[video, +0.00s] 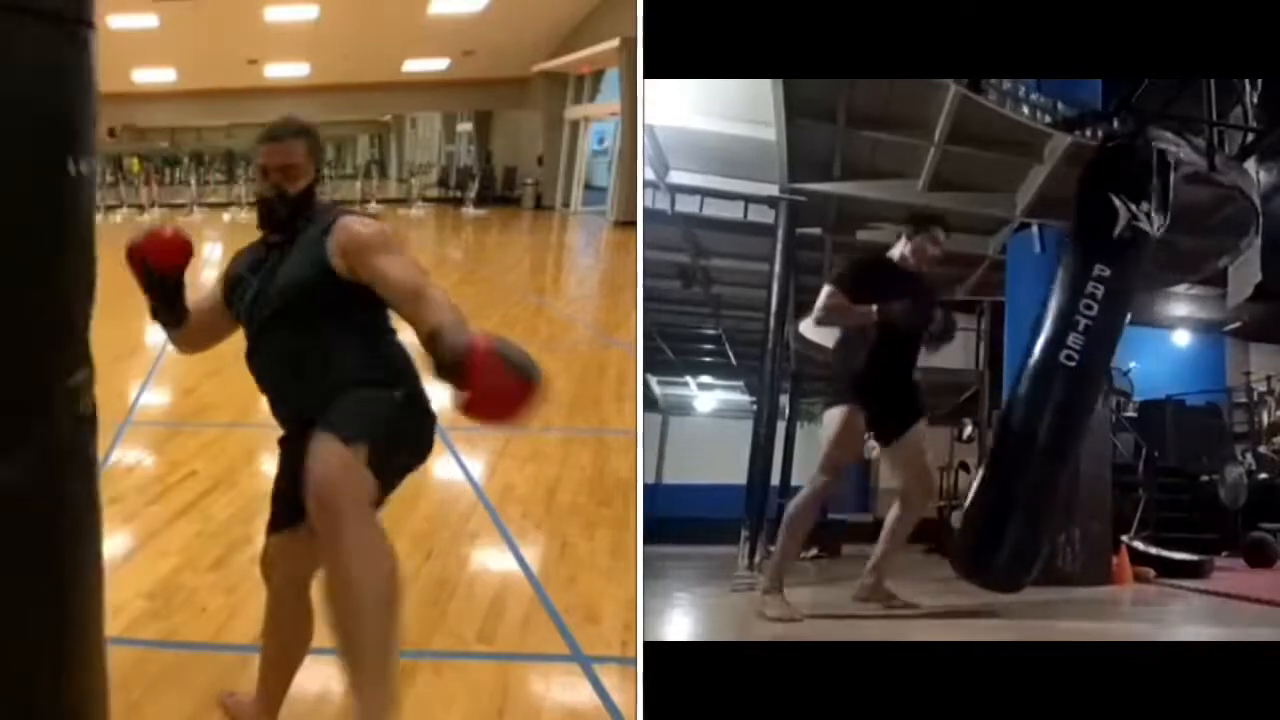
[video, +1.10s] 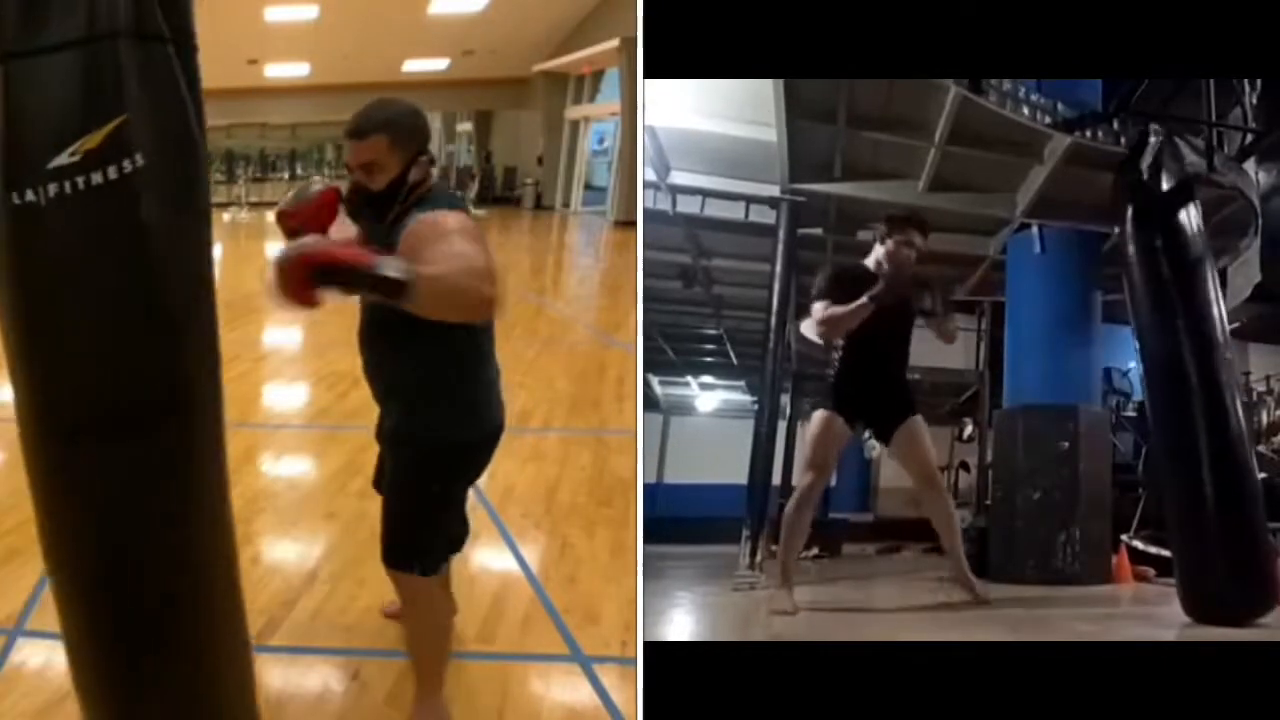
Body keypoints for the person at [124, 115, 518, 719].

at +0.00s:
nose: (274, 188)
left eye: (289, 175)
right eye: (264, 175)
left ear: (316, 175)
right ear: (254, 178)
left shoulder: (351, 237)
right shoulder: (247, 268)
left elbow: (421, 301)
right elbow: (192, 335)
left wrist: (462, 354)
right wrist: (164, 289)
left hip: (379, 400)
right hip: (308, 429)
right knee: (283, 564)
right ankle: (266, 705)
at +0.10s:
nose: (306, 170)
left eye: (323, 157)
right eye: (297, 156)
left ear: (354, 157)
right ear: (287, 155)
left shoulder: (391, 233)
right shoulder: (269, 245)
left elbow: (449, 324)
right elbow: (227, 328)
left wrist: (401, 302)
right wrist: (189, 316)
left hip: (386, 438)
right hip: (305, 440)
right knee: (290, 570)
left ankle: (464, 710)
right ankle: (267, 706)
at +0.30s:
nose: (361, 184)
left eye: (378, 171)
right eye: (353, 170)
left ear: (418, 169)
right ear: (345, 165)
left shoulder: (464, 253)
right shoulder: (348, 241)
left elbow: (468, 372)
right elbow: (302, 323)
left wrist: (401, 294)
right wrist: (271, 311)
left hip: (434, 459)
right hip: (346, 450)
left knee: (454, 580)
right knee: (305, 561)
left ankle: (470, 699)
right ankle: (283, 695)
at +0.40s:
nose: (380, 183)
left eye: (396, 169)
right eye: (372, 168)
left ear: (441, 163)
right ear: (365, 163)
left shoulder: (497, 249)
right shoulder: (375, 229)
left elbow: (506, 375)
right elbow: (331, 321)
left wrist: (418, 335)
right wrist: (304, 306)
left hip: (456, 449)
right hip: (369, 434)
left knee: (463, 579)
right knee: (324, 538)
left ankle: (471, 697)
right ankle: (305, 661)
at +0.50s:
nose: (396, 181)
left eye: (413, 167)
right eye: (388, 166)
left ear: (460, 161)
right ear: (380, 161)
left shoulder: (515, 247)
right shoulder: (388, 229)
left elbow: (531, 372)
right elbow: (360, 323)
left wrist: (442, 343)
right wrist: (323, 298)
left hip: (471, 445)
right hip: (385, 426)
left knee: (471, 579)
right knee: (342, 504)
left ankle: (472, 695)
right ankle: (351, 619)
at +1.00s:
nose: (373, 182)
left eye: (388, 170)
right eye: (368, 169)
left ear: (430, 163)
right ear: (364, 161)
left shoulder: (480, 231)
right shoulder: (381, 217)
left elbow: (527, 332)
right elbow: (329, 289)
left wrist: (441, 288)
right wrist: (312, 248)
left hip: (450, 424)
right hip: (400, 410)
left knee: (409, 562)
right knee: (423, 520)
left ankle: (424, 700)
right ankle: (436, 606)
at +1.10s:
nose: (356, 181)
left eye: (370, 169)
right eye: (352, 167)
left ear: (413, 163)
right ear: (354, 159)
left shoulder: (438, 220)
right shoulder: (381, 210)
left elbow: (477, 293)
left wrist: (366, 269)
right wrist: (307, 232)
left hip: (443, 422)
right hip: (408, 408)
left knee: (415, 562)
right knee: (407, 507)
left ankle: (430, 703)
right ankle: (426, 595)